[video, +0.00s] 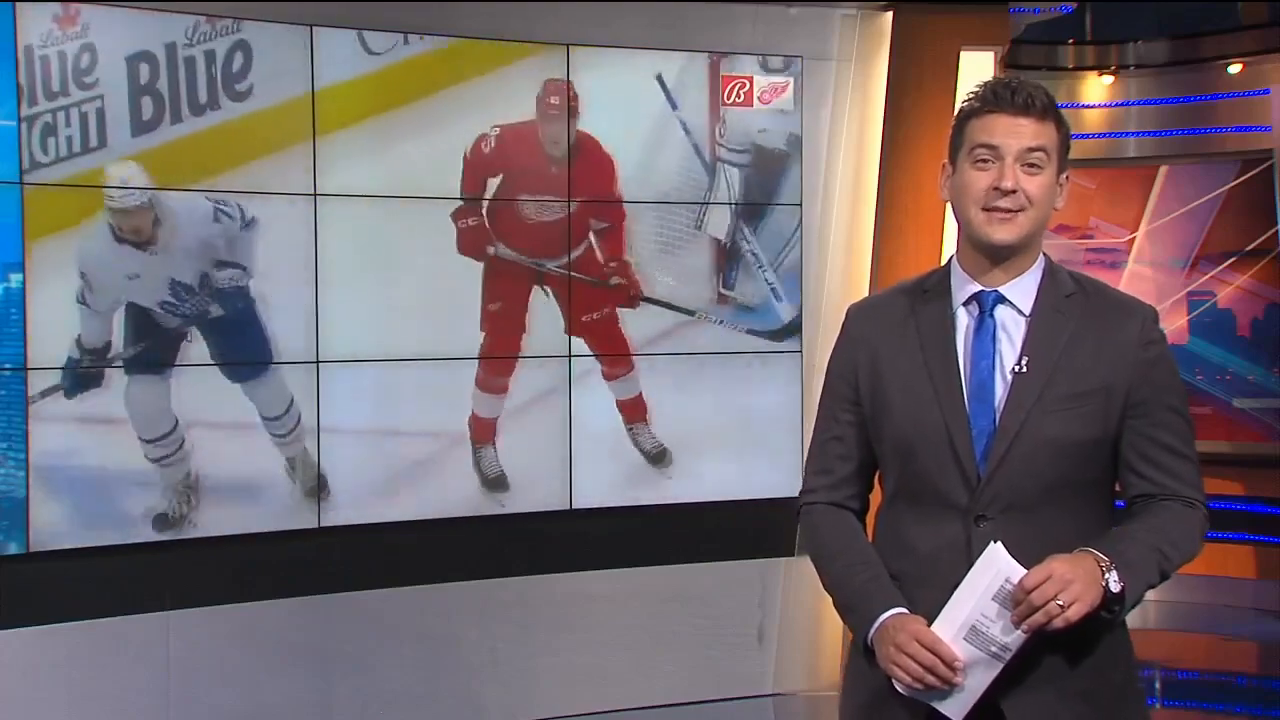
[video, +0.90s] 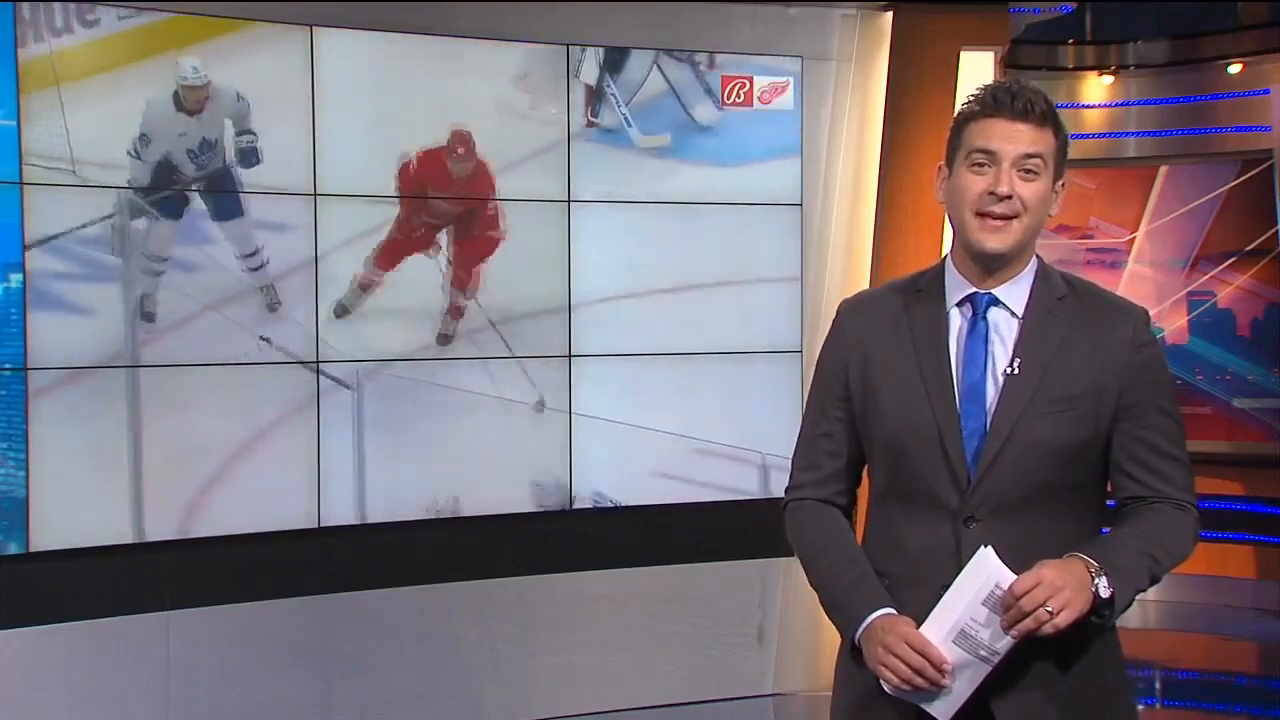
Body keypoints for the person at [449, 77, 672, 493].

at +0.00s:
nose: (554, 130)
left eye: (563, 121)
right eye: (548, 120)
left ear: (575, 121)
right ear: (537, 119)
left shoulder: (595, 160)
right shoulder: (504, 143)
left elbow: (609, 222)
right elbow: (475, 166)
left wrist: (619, 267)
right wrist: (470, 218)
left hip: (573, 254)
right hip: (510, 253)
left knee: (611, 340)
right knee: (501, 347)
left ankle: (639, 427)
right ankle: (484, 443)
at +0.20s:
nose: (544, 112)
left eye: (551, 103)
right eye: (537, 103)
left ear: (563, 103)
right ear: (527, 103)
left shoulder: (581, 137)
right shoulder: (506, 121)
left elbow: (604, 196)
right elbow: (482, 162)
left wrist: (582, 240)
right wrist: (478, 193)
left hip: (573, 227)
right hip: (518, 225)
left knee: (607, 305)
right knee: (506, 310)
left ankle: (634, 381)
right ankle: (498, 396)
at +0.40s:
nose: (533, 98)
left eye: (539, 90)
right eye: (527, 90)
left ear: (549, 90)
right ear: (518, 90)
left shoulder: (567, 122)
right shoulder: (509, 106)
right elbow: (475, 114)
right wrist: (460, 124)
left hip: (576, 196)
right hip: (531, 197)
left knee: (618, 255)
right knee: (504, 262)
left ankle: (637, 316)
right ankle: (509, 331)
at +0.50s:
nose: (506, 100)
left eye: (512, 94)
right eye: (500, 94)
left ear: (522, 91)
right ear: (492, 92)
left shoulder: (536, 118)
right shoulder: (488, 106)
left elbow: (537, 180)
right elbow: (459, 111)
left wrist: (498, 201)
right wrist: (439, 120)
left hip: (560, 191)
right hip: (519, 191)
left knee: (596, 242)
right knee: (486, 250)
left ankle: (631, 294)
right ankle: (503, 316)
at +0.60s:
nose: (465, 107)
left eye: (470, 100)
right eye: (459, 101)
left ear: (480, 98)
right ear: (451, 101)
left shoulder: (497, 122)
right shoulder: (447, 120)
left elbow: (523, 169)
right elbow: (420, 141)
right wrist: (391, 163)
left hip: (529, 182)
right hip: (487, 182)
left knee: (545, 255)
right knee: (456, 239)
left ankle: (586, 265)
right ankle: (477, 300)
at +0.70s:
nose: (445, 123)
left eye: (450, 116)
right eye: (440, 117)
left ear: (460, 113)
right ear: (433, 114)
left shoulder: (480, 132)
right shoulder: (428, 128)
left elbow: (505, 184)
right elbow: (406, 155)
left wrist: (497, 239)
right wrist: (391, 190)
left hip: (505, 182)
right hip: (464, 179)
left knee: (500, 257)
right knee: (433, 234)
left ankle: (516, 262)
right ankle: (442, 283)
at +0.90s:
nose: (461, 167)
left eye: (466, 162)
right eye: (456, 162)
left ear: (474, 158)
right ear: (448, 157)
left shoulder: (482, 176)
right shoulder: (425, 163)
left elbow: (492, 228)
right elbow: (408, 201)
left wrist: (474, 253)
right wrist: (424, 237)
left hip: (468, 215)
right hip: (430, 212)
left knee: (464, 259)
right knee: (392, 250)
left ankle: (453, 316)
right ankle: (358, 291)